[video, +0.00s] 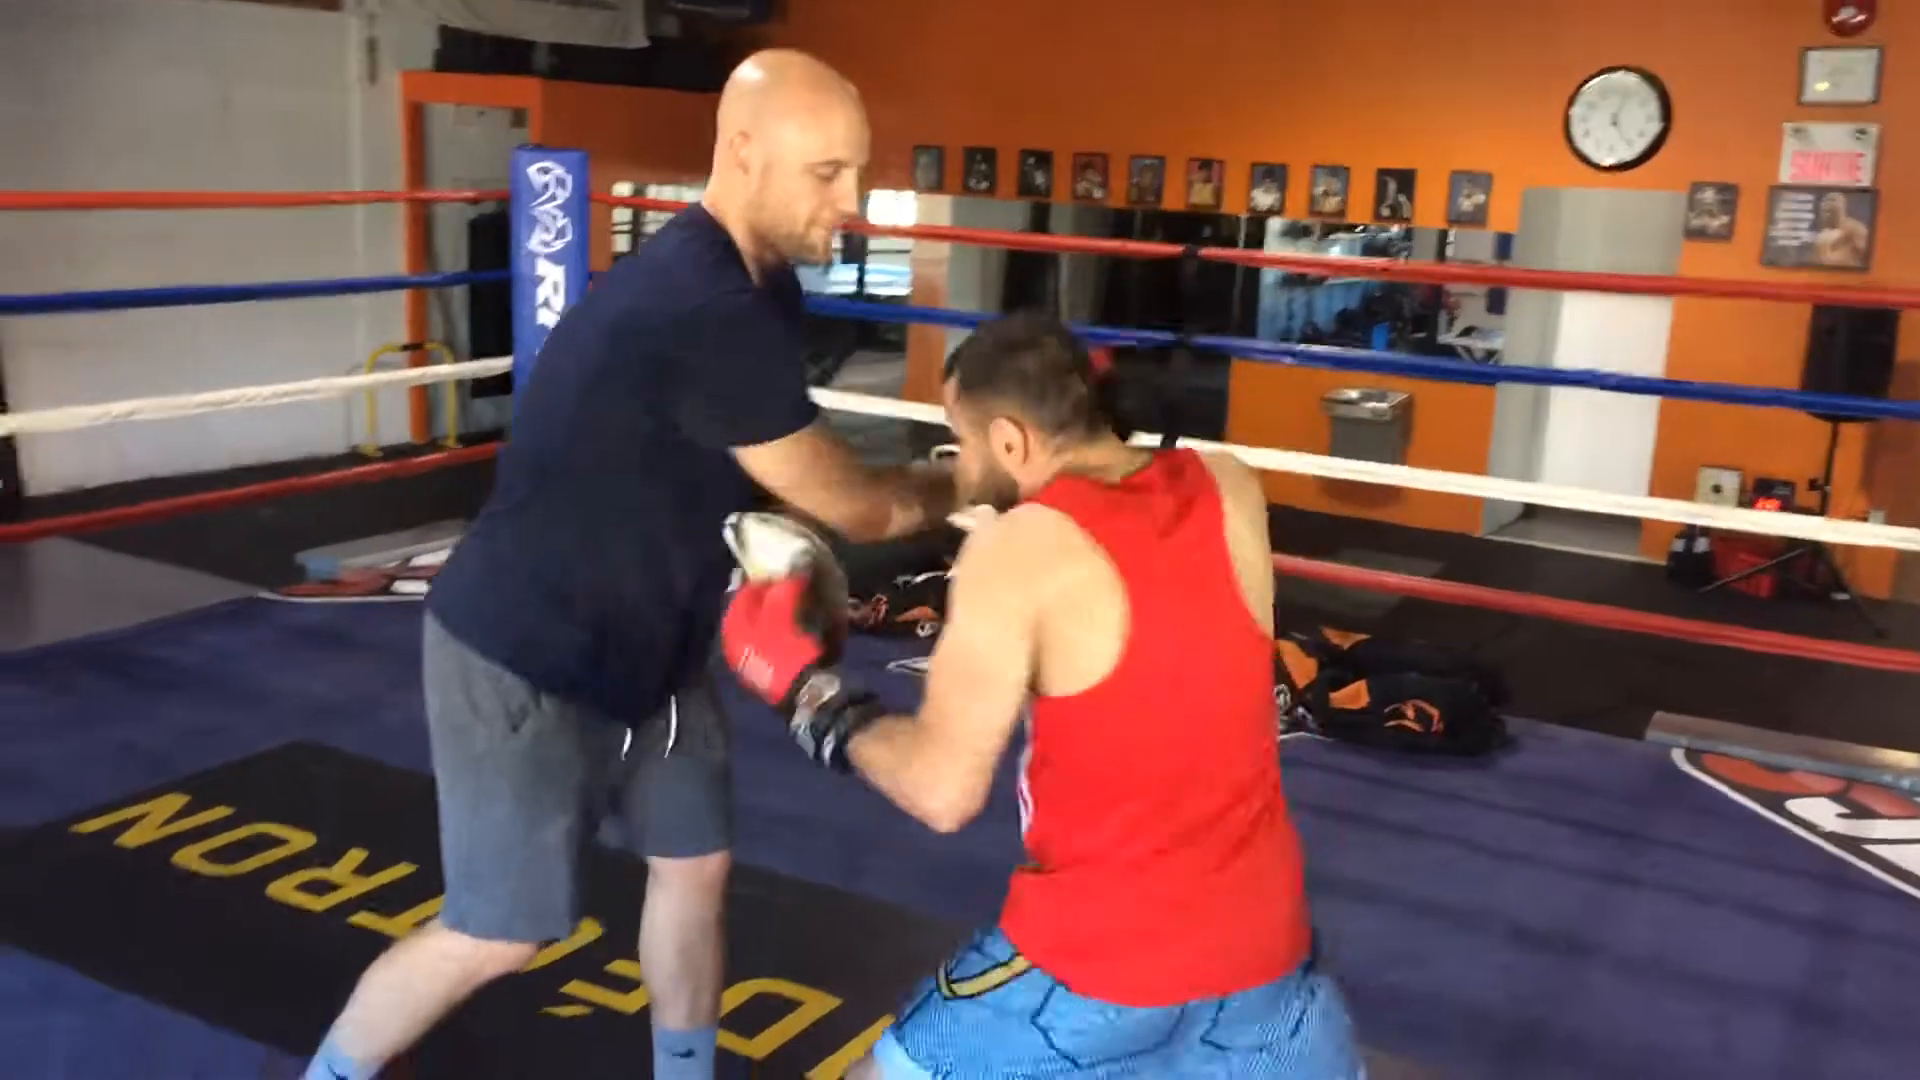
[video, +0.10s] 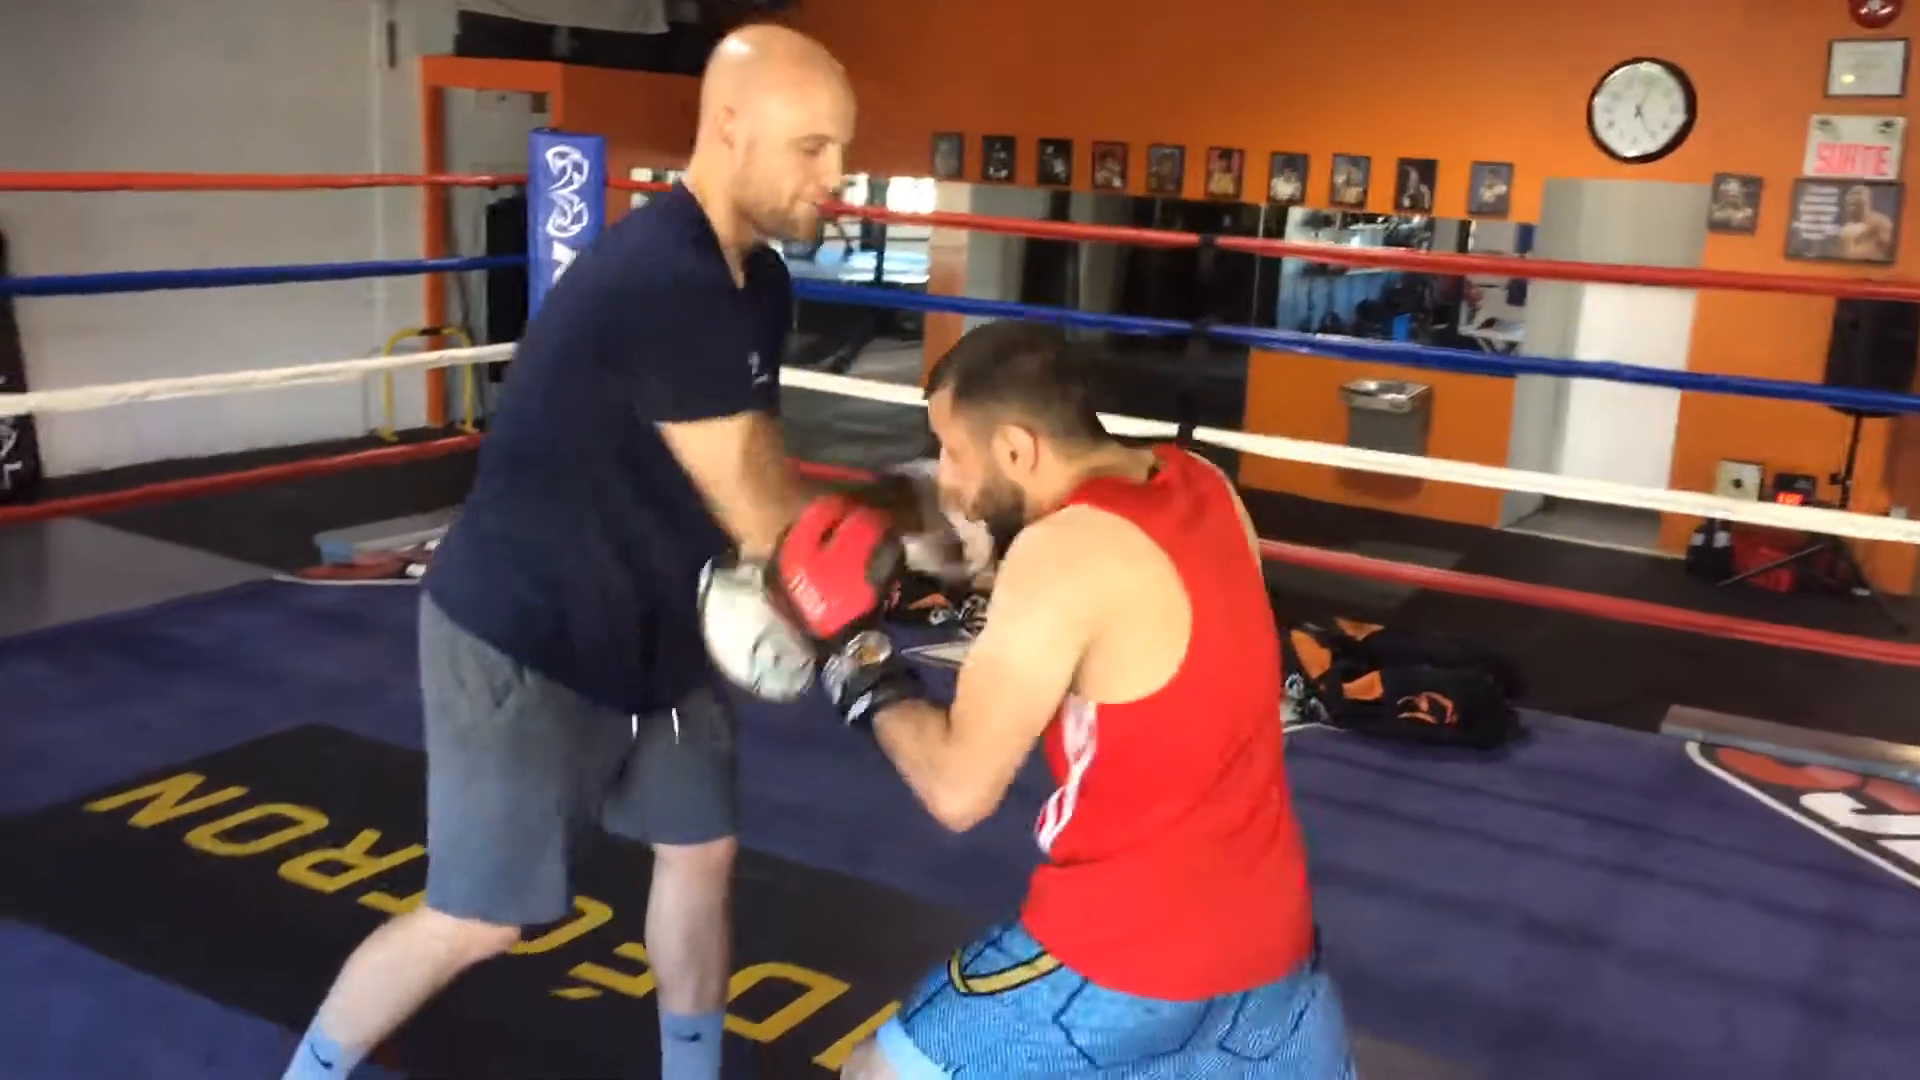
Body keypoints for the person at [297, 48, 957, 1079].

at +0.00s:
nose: (851, 203)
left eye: (859, 174)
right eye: (827, 172)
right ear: (741, 151)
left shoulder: (768, 286)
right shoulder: (699, 300)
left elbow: (754, 480)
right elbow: (856, 507)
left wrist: (824, 561)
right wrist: (953, 486)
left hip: (661, 637)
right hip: (517, 645)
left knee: (692, 862)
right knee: (505, 923)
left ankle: (685, 1071)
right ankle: (327, 1072)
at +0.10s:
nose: (836, 179)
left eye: (843, 151)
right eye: (814, 148)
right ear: (729, 131)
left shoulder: (760, 280)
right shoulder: (664, 277)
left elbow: (759, 483)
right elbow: (763, 514)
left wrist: (775, 587)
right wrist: (901, 516)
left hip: (658, 624)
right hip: (516, 627)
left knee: (701, 843)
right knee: (480, 912)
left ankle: (694, 1071)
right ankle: (309, 1071)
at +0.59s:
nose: (622, 49)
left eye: (624, 21)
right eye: (590, 20)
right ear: (498, 30)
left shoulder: (611, 182)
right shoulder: (402, 222)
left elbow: (610, 351)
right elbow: (401, 464)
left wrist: (682, 439)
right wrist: (606, 480)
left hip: (568, 536)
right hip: (413, 562)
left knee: (639, 752)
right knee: (418, 834)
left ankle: (592, 1000)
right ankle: (379, 1061)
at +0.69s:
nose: (627, 28)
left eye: (624, 5)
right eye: (595, 6)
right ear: (507, 21)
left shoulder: (620, 171)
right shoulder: (420, 200)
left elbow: (605, 323)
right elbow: (434, 449)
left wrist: (693, 389)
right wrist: (640, 430)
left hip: (567, 530)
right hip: (427, 550)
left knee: (622, 744)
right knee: (428, 812)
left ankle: (488, 949)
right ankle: (416, 1058)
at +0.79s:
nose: (629, 31)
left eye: (628, 7)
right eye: (596, 9)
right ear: (509, 24)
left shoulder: (628, 179)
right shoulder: (431, 202)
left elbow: (630, 360)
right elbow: (461, 443)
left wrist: (727, 367)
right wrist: (656, 392)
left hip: (553, 535)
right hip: (423, 549)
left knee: (559, 765)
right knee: (426, 814)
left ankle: (404, 948)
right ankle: (433, 1052)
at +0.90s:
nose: (636, 43)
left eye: (639, 19)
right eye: (603, 19)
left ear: (644, 29)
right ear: (519, 33)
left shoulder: (630, 198)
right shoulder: (438, 204)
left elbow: (648, 372)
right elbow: (464, 442)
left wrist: (744, 399)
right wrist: (657, 401)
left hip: (526, 546)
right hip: (409, 553)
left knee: (458, 796)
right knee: (440, 817)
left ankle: (386, 993)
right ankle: (445, 1059)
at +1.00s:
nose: (648, 66)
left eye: (651, 39)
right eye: (620, 37)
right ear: (534, 41)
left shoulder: (611, 216)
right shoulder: (432, 202)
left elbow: (604, 389)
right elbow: (418, 435)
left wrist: (711, 408)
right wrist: (608, 413)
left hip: (494, 542)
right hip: (377, 541)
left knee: (410, 787)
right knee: (447, 804)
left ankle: (375, 999)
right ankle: (416, 1056)